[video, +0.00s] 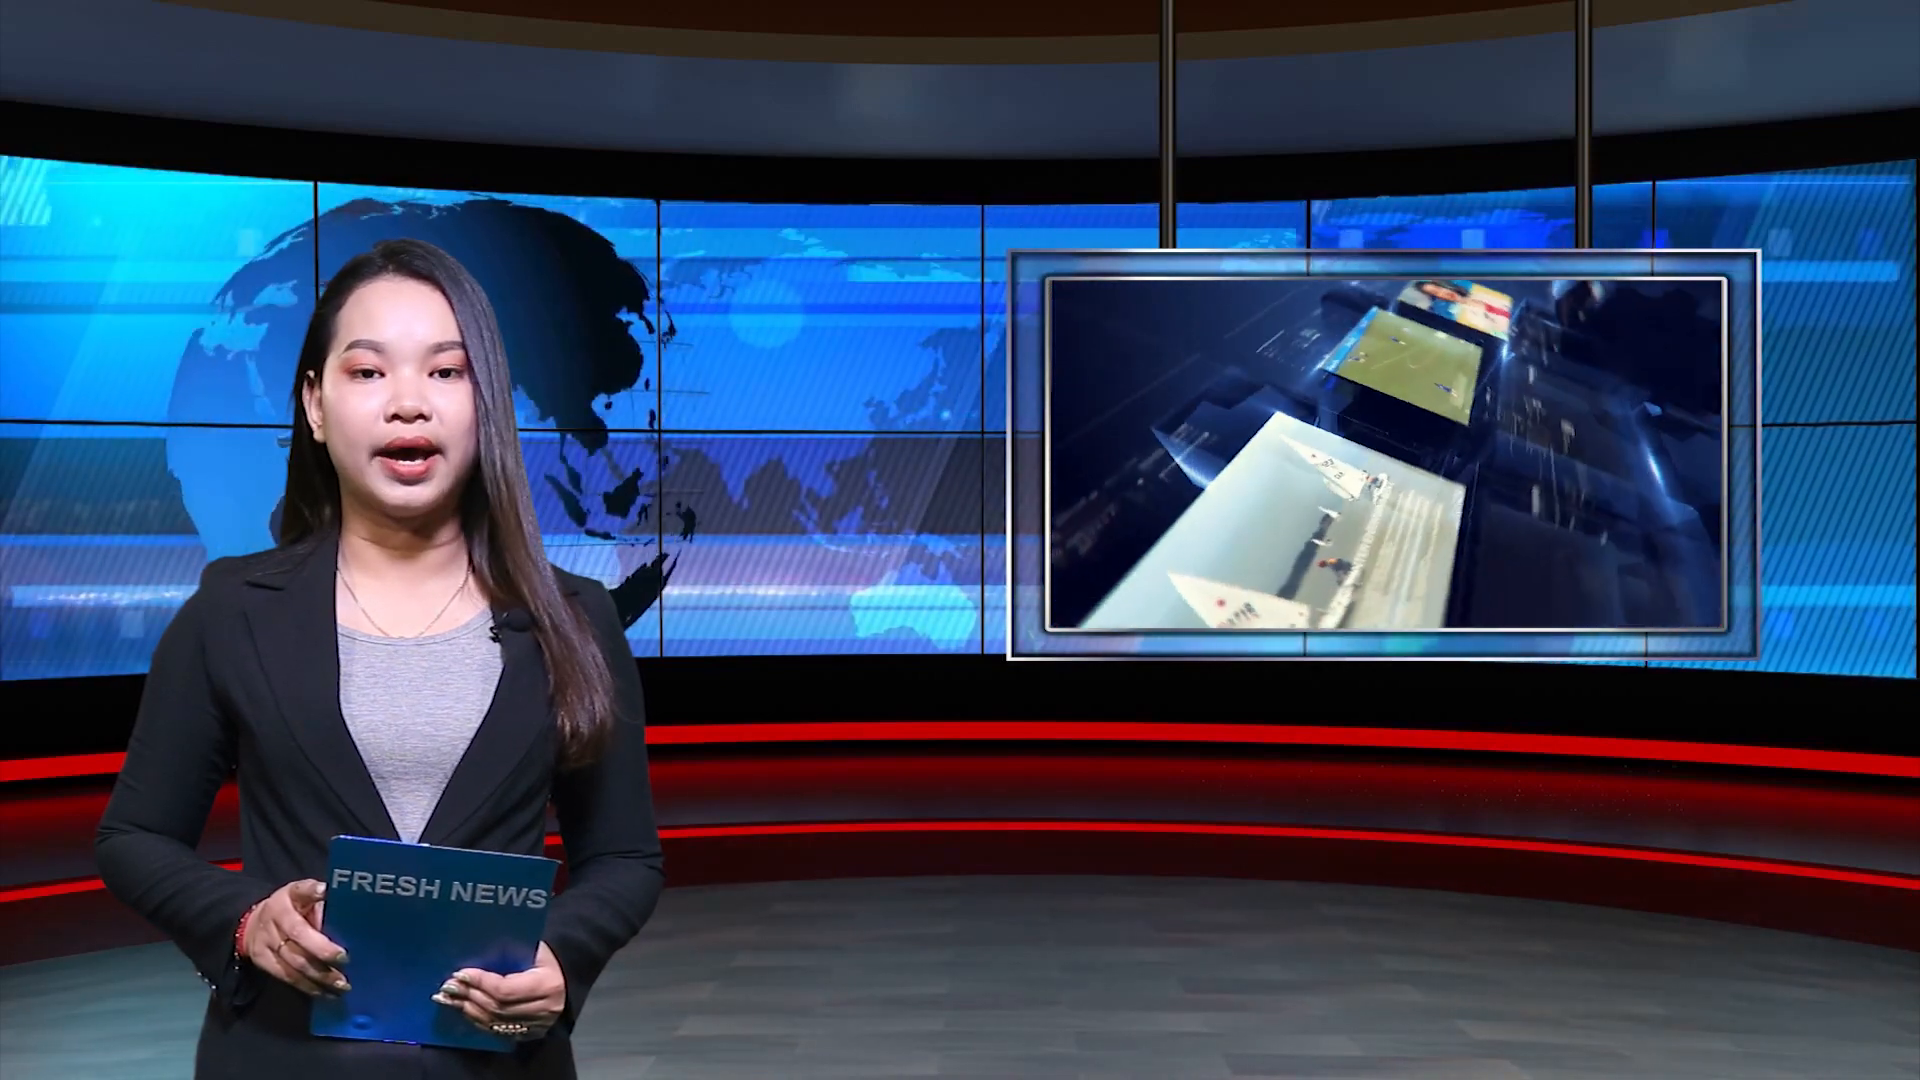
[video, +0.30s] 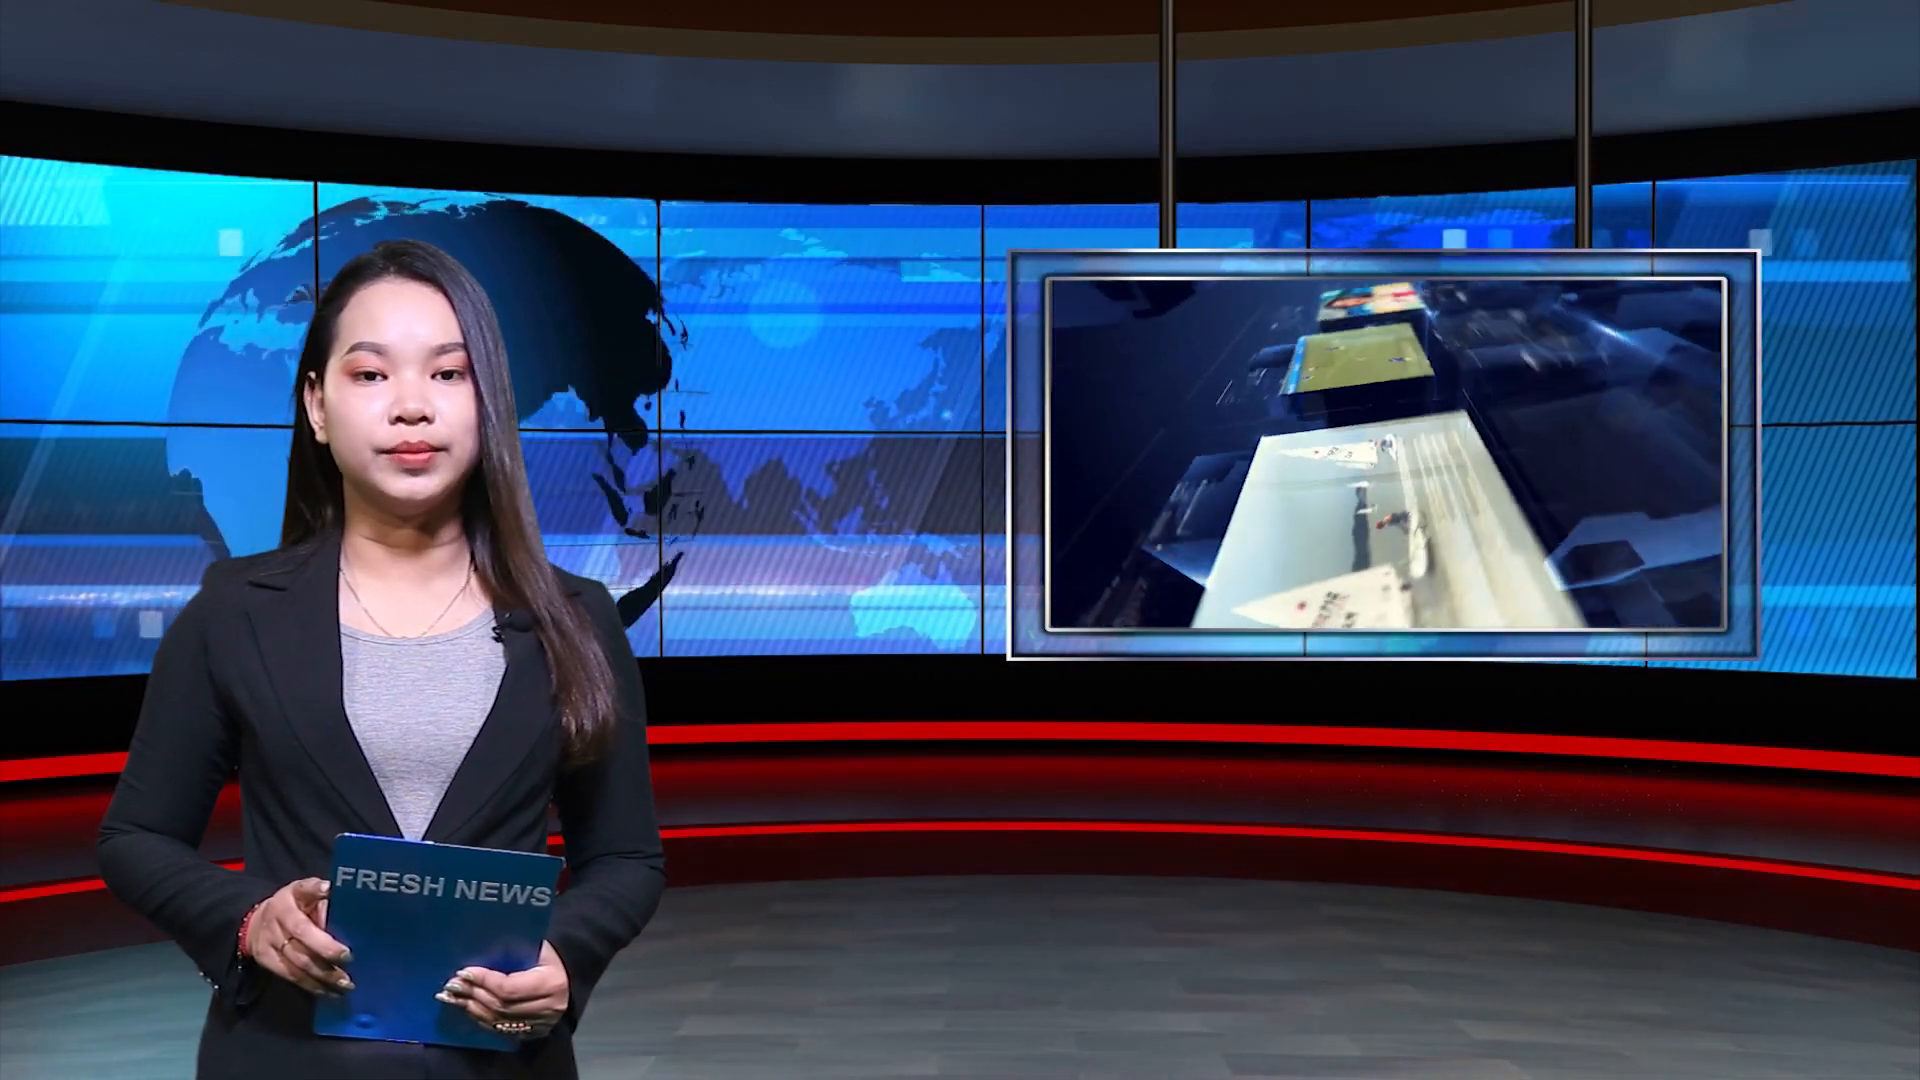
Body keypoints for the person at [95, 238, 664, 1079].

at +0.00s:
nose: (409, 403)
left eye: (446, 370)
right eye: (367, 370)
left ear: (486, 404)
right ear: (316, 406)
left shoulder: (571, 620)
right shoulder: (234, 612)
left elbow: (623, 857)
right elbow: (134, 838)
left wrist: (557, 959)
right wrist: (242, 917)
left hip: (499, 1053)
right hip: (284, 1054)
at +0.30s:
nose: (413, 403)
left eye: (448, 372)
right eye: (370, 372)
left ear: (488, 404)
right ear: (318, 408)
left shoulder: (571, 621)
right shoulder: (237, 612)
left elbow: (625, 857)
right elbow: (135, 839)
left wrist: (561, 957)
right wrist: (246, 918)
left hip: (502, 1053)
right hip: (287, 1054)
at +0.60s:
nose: (413, 407)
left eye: (448, 375)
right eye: (371, 375)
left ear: (488, 404)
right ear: (317, 409)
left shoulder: (572, 620)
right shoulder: (239, 613)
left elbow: (627, 856)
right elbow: (135, 838)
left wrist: (563, 957)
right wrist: (247, 918)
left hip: (504, 1054)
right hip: (288, 1055)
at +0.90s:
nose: (413, 410)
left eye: (446, 376)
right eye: (371, 377)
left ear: (487, 404)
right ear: (317, 408)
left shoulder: (570, 618)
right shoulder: (239, 612)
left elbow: (630, 858)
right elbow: (136, 840)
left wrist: (558, 958)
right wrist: (239, 915)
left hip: (500, 1052)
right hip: (287, 1054)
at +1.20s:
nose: (413, 410)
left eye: (447, 376)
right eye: (371, 375)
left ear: (487, 406)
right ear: (315, 406)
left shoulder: (569, 617)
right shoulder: (236, 615)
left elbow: (630, 858)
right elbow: (135, 840)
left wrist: (556, 961)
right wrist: (240, 897)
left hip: (499, 1054)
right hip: (283, 1055)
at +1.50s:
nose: (410, 408)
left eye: (443, 375)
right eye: (367, 375)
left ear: (481, 404)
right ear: (312, 407)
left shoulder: (566, 618)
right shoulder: (233, 614)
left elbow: (628, 858)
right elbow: (132, 842)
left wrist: (553, 962)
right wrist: (235, 898)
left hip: (496, 1054)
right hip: (280, 1055)